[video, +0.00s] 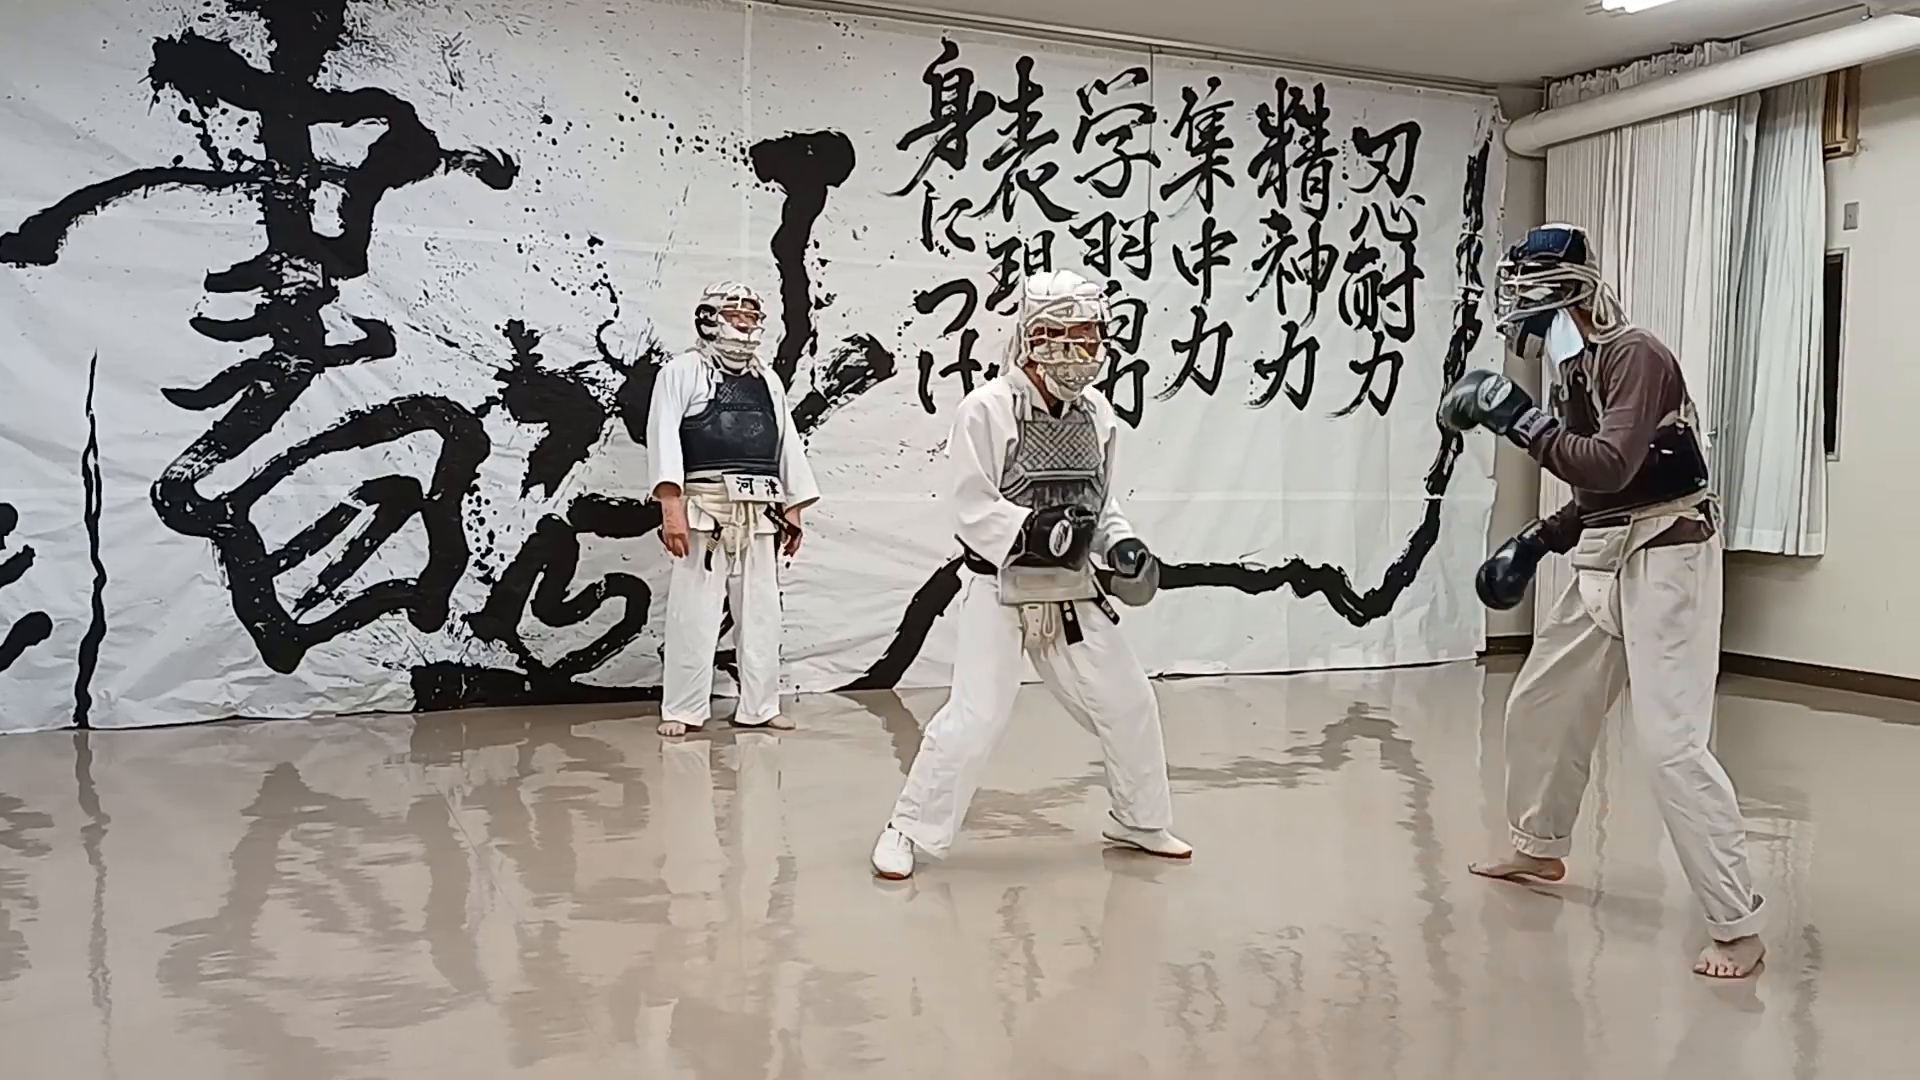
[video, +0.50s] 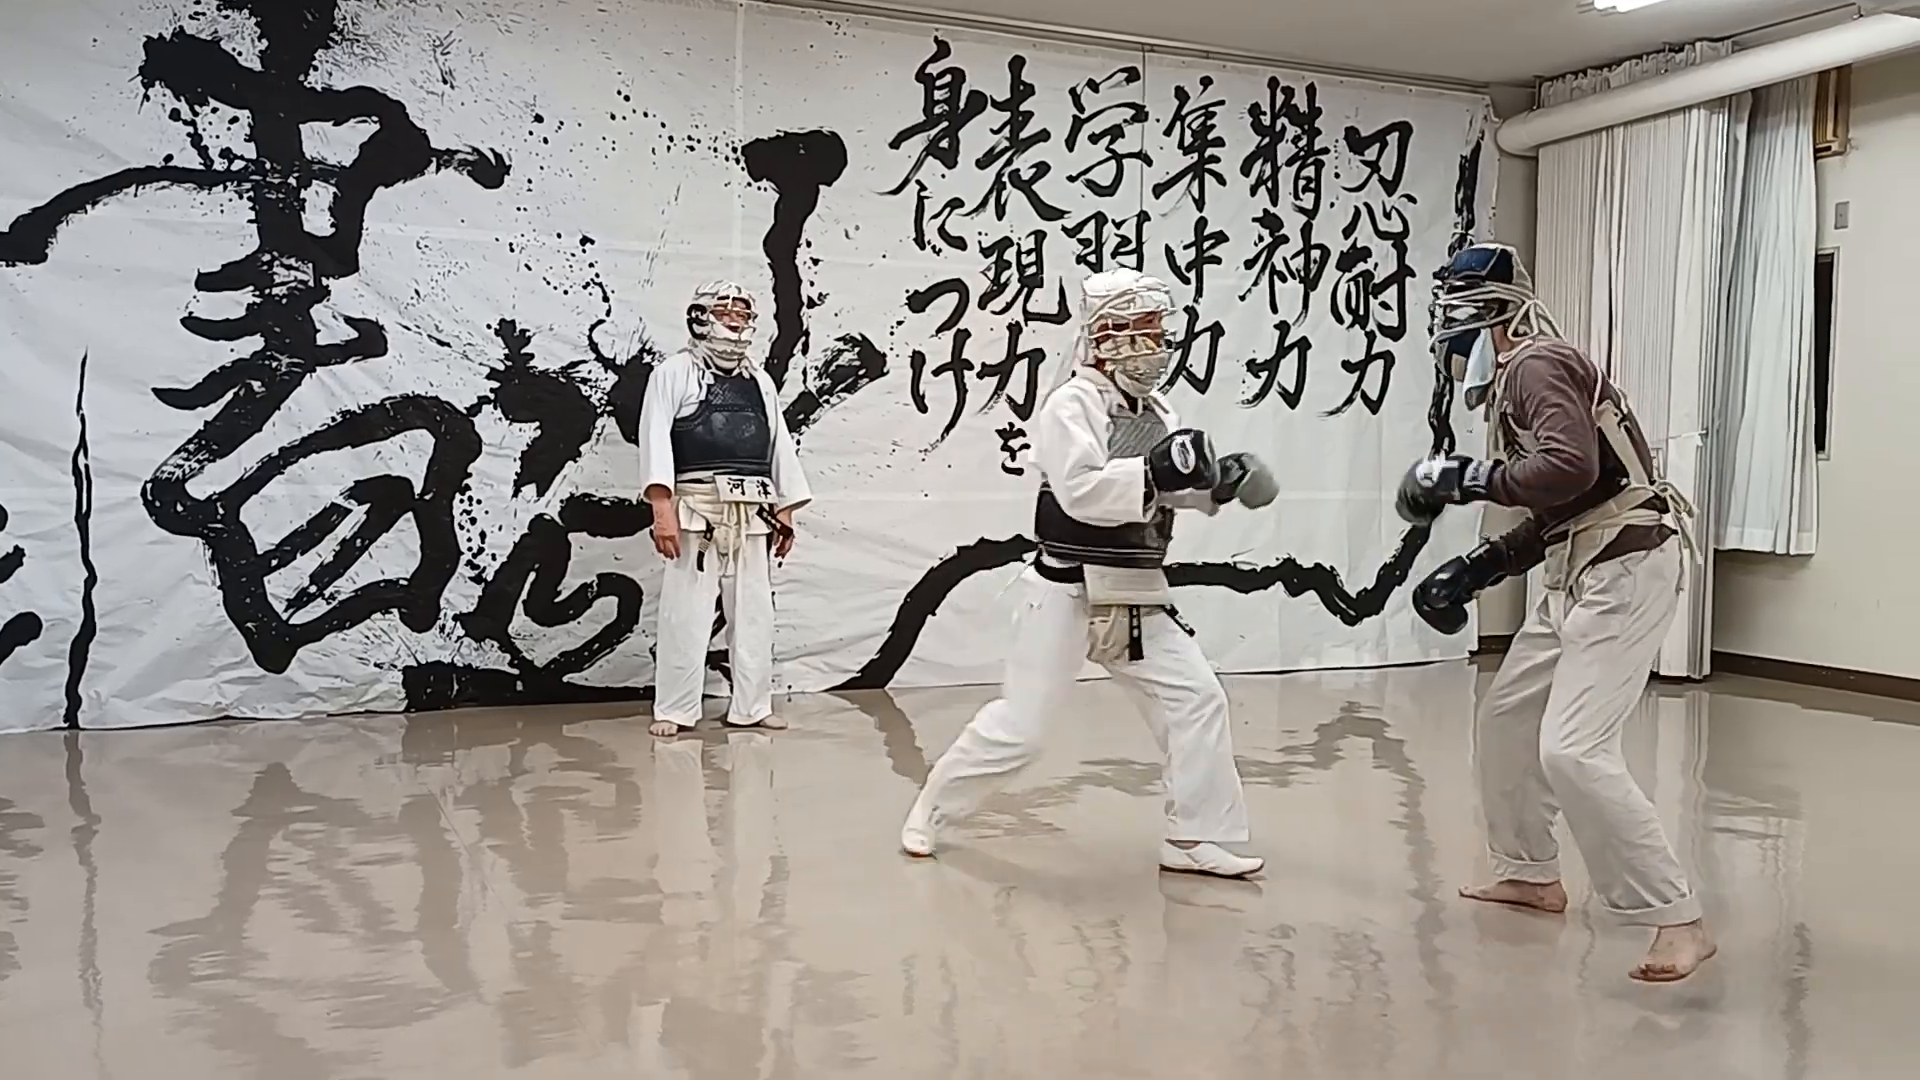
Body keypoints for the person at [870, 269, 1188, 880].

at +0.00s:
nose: (1072, 350)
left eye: (1084, 337)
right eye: (1056, 337)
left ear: (1098, 344)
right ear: (1029, 342)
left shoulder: (1098, 414)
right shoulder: (989, 408)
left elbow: (1102, 507)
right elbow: (970, 507)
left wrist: (1120, 548)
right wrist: (1036, 535)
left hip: (1073, 589)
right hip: (998, 592)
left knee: (1131, 705)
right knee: (974, 719)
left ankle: (1140, 823)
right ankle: (905, 833)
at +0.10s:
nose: (1080, 335)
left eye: (1089, 321)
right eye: (1064, 321)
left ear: (1100, 326)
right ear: (1032, 326)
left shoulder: (1108, 394)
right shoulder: (988, 392)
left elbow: (1122, 473)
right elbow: (968, 487)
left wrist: (1137, 514)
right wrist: (1034, 510)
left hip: (1072, 569)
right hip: (996, 571)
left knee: (1116, 697)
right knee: (971, 702)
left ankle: (1130, 819)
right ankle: (924, 826)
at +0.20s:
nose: (1071, 350)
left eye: (1084, 336)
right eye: (1055, 334)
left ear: (1098, 340)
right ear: (1025, 336)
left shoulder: (1105, 406)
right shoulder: (984, 400)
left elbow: (1114, 485)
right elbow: (969, 497)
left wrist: (1134, 511)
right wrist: (1040, 519)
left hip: (1070, 574)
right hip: (994, 577)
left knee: (1128, 693)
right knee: (974, 710)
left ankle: (1122, 810)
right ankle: (931, 811)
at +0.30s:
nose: (1077, 358)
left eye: (1088, 344)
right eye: (1060, 343)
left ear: (1102, 349)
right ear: (1031, 346)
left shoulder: (1104, 419)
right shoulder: (993, 415)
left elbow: (1116, 497)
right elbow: (982, 517)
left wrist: (1127, 537)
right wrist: (1058, 541)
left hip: (1080, 592)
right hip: (1002, 593)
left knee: (1157, 686)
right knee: (970, 722)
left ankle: (1141, 807)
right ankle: (930, 812)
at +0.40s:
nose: (1106, 353)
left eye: (1115, 340)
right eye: (1089, 340)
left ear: (1126, 345)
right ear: (1057, 346)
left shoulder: (1121, 417)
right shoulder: (1021, 415)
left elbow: (1125, 496)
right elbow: (1021, 512)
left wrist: (1154, 521)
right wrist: (1102, 517)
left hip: (1097, 596)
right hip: (1023, 596)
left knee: (1181, 685)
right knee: (987, 720)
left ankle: (1184, 826)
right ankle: (929, 817)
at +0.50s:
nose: (1148, 345)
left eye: (1155, 332)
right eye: (1133, 332)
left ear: (1162, 337)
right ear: (1100, 340)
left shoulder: (1157, 413)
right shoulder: (1069, 405)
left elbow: (1173, 494)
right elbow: (1081, 491)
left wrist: (1220, 486)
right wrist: (1157, 474)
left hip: (1133, 591)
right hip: (1061, 590)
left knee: (1199, 700)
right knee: (1020, 728)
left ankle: (1193, 839)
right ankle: (934, 805)